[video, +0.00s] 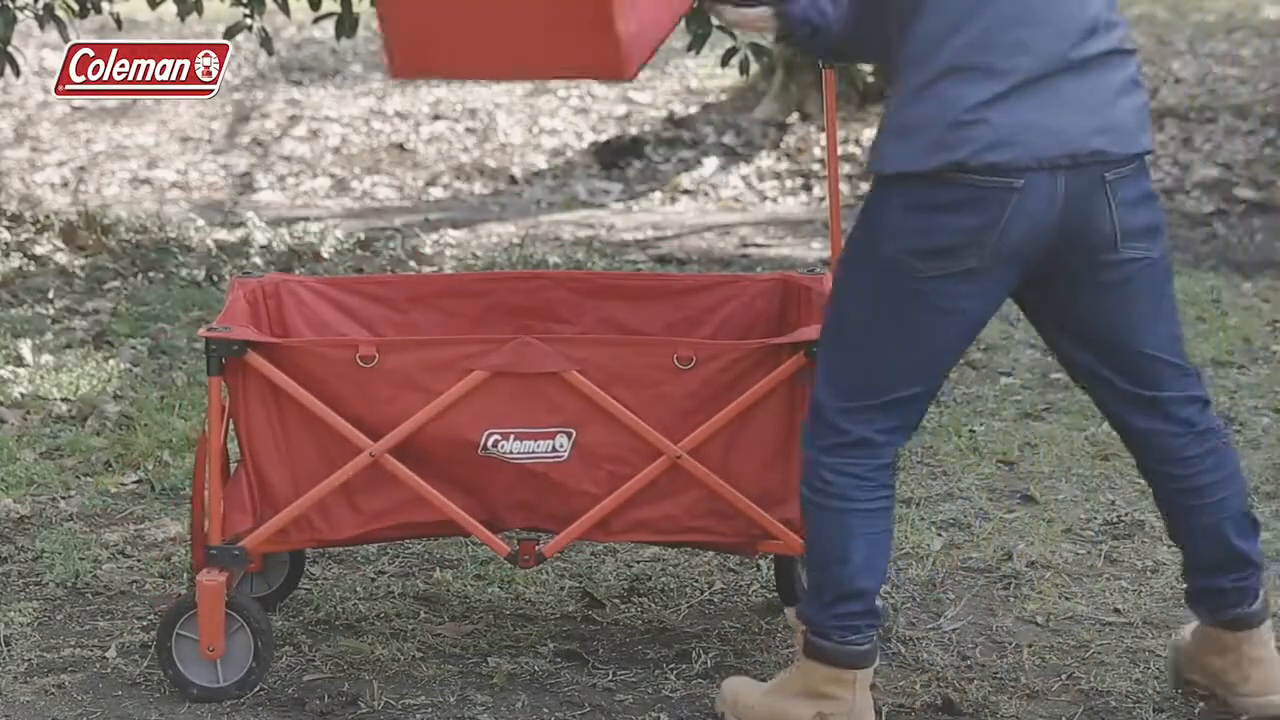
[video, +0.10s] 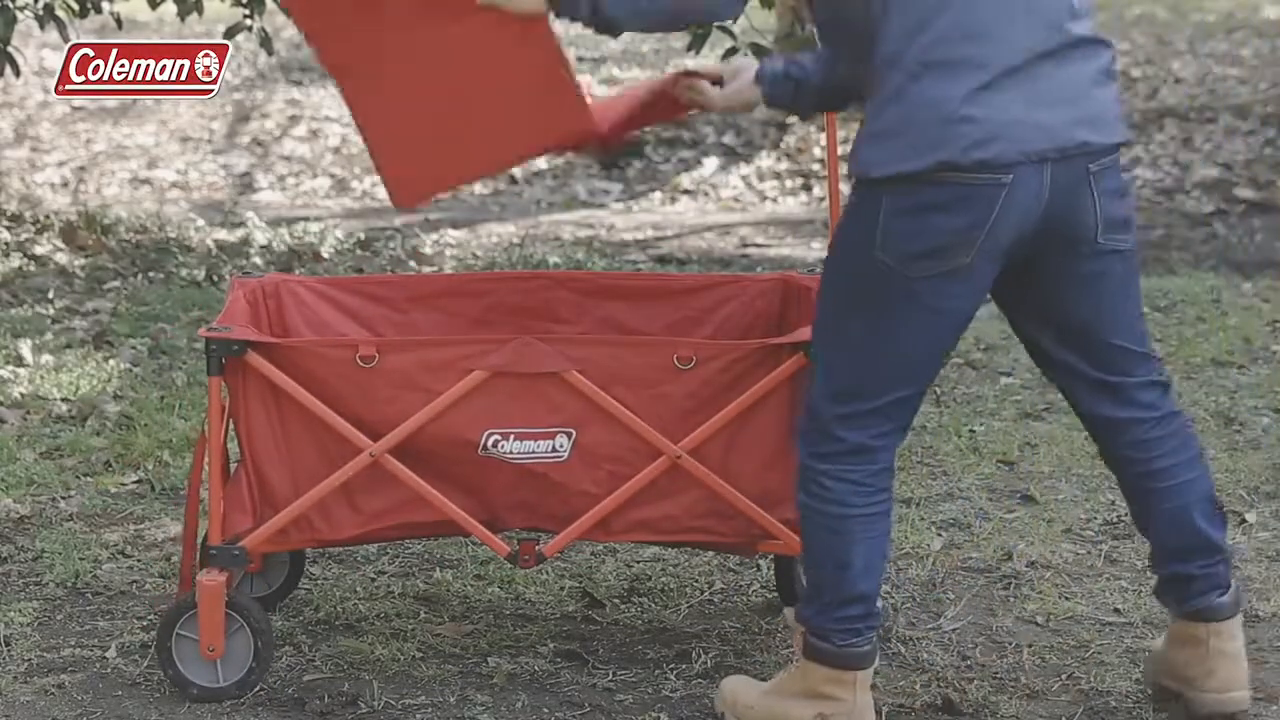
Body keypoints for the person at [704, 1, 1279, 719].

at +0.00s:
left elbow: (850, 24)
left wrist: (782, 15)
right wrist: (789, 15)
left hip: (958, 175)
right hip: (1107, 165)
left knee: (854, 429)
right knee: (1169, 406)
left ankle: (831, 673)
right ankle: (1240, 640)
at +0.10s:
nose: (800, 11)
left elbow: (683, 14)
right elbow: (862, 65)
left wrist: (557, 3)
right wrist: (742, 80)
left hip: (946, 163)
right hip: (1085, 149)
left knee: (850, 432)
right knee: (1135, 397)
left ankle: (833, 672)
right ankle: (1211, 640)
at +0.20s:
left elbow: (648, 19)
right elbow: (903, 48)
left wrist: (501, 45)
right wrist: (774, 144)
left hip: (933, 161)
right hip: (1065, 141)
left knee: (842, 433)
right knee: (1107, 393)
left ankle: (831, 676)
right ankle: (1179, 643)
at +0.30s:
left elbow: (596, 49)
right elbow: (899, 81)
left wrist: (466, 107)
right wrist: (777, 187)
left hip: (925, 159)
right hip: (1057, 141)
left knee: (839, 438)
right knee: (1097, 395)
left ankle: (831, 677)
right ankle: (1166, 645)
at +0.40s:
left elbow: (574, 70)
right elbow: (892, 90)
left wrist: (447, 167)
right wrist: (772, 223)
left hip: (910, 151)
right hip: (1042, 127)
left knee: (831, 440)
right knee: (1099, 389)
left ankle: (831, 677)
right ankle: (1167, 642)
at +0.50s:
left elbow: (555, 109)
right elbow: (878, 104)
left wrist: (433, 226)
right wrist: (761, 273)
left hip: (891, 153)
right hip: (1032, 130)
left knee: (817, 442)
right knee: (1100, 393)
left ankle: (830, 681)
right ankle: (1166, 652)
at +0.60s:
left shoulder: (635, 5)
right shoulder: (804, 10)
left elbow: (541, 144)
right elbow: (832, 137)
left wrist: (425, 284)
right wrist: (749, 301)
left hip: (873, 164)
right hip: (1021, 138)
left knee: (799, 434)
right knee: (1096, 398)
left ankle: (829, 673)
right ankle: (1168, 655)